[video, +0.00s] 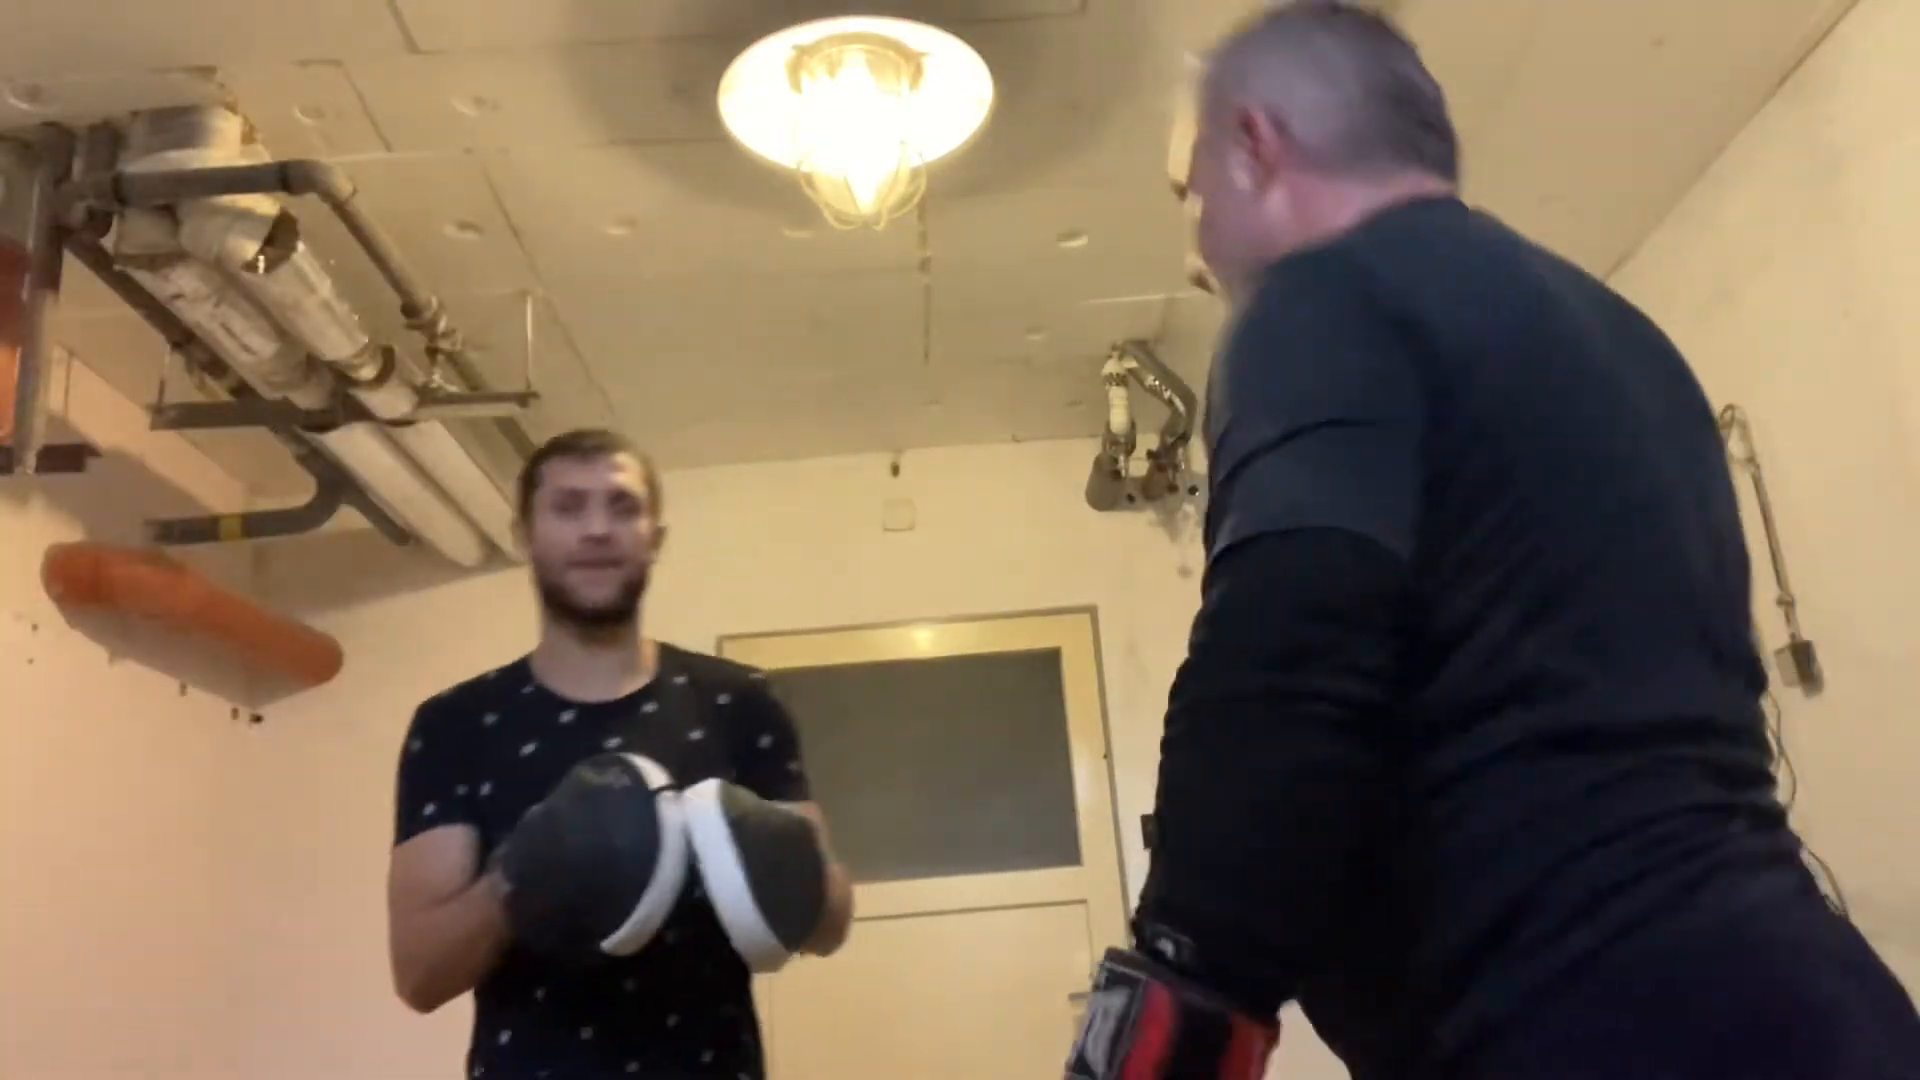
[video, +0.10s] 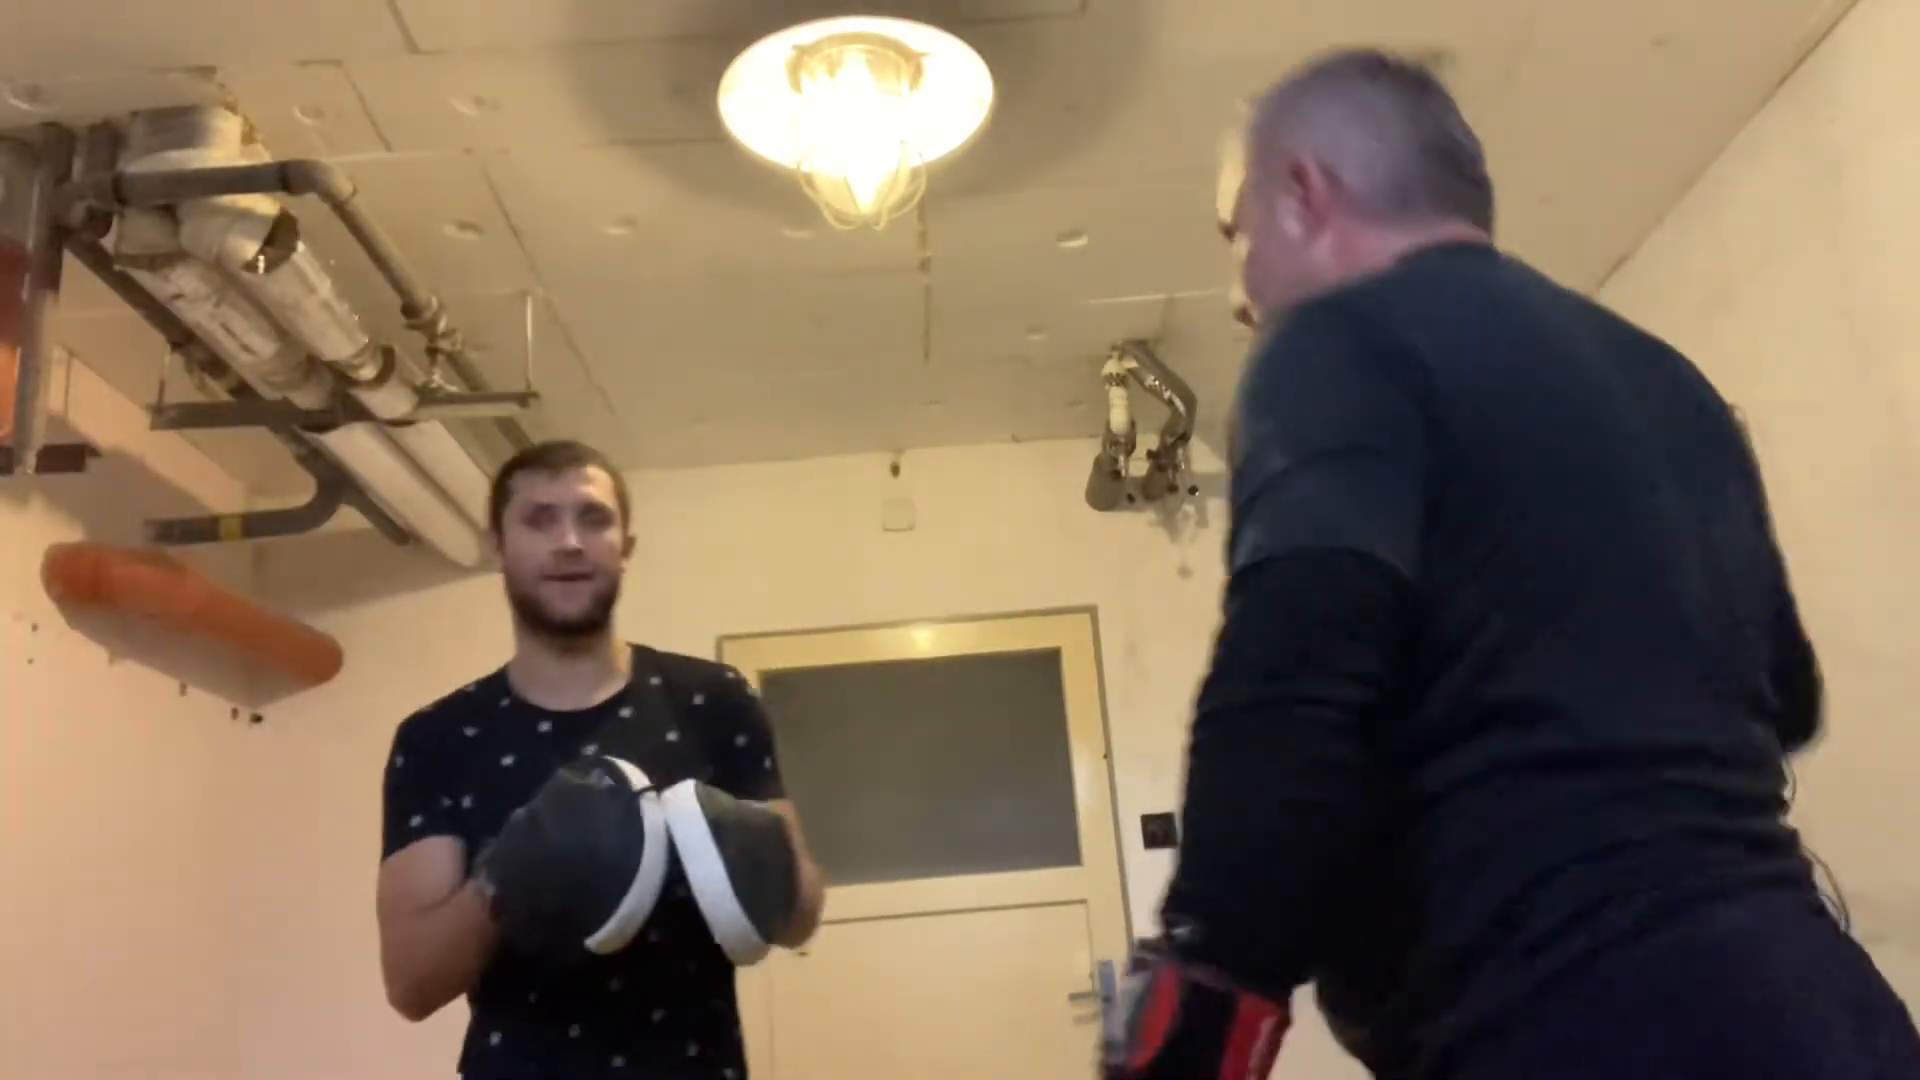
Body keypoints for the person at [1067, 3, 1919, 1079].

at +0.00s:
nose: (1199, 251)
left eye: (1196, 192)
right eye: (1191, 203)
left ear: (1261, 149)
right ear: (1422, 149)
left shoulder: (1333, 297)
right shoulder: (1625, 331)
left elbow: (1294, 641)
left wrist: (1197, 973)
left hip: (1542, 1006)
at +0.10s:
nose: (1240, 291)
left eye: (1238, 233)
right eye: (1232, 243)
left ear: (1308, 197)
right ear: (1463, 196)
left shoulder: (1344, 342)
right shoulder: (1665, 374)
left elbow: (1299, 674)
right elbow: (1785, 692)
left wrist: (1213, 995)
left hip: (1537, 1017)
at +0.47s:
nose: (1255, 373)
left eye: (1256, 329)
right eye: (1247, 335)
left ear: (1326, 306)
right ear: (1449, 297)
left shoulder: (1330, 415)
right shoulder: (1642, 439)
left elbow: (1328, 676)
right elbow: (1726, 736)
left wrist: (1169, 873)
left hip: (1511, 1007)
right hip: (1770, 983)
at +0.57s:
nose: (1213, 414)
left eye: (1209, 368)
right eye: (1199, 378)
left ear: (1271, 337)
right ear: (1392, 319)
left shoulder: (1292, 461)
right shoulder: (1592, 455)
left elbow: (1257, 727)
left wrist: (1108, 789)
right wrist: (1318, 783)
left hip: (1474, 1021)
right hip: (1737, 996)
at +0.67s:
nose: (1153, 445)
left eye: (1144, 403)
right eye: (1137, 411)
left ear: (1200, 373)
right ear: (1318, 342)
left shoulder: (1220, 506)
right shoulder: (1533, 471)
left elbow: (1164, 805)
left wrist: (1072, 716)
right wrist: (1172, 655)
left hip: (1413, 1029)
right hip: (1675, 1006)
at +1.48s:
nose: (1157, 481)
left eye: (1155, 455)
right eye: (1148, 463)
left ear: (1212, 417)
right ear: (1321, 406)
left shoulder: (1214, 511)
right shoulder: (1507, 525)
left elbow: (1088, 745)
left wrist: (1026, 651)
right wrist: (1135, 616)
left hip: (1313, 1020)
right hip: (1549, 1009)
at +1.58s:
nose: (1138, 490)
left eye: (1133, 466)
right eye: (1129, 472)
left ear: (1181, 425)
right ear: (1296, 407)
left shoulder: (1173, 523)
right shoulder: (1483, 527)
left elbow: (994, 722)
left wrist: (940, 638)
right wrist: (1042, 626)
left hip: (1273, 1021)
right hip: (1519, 1017)